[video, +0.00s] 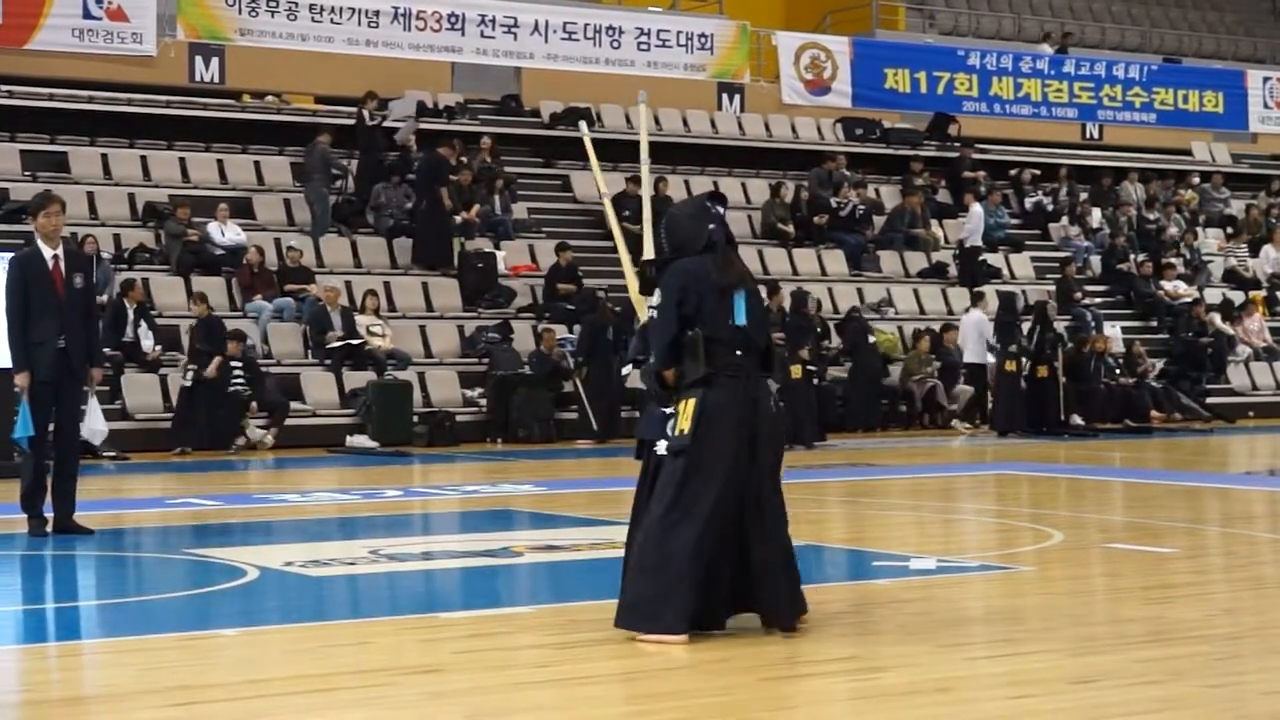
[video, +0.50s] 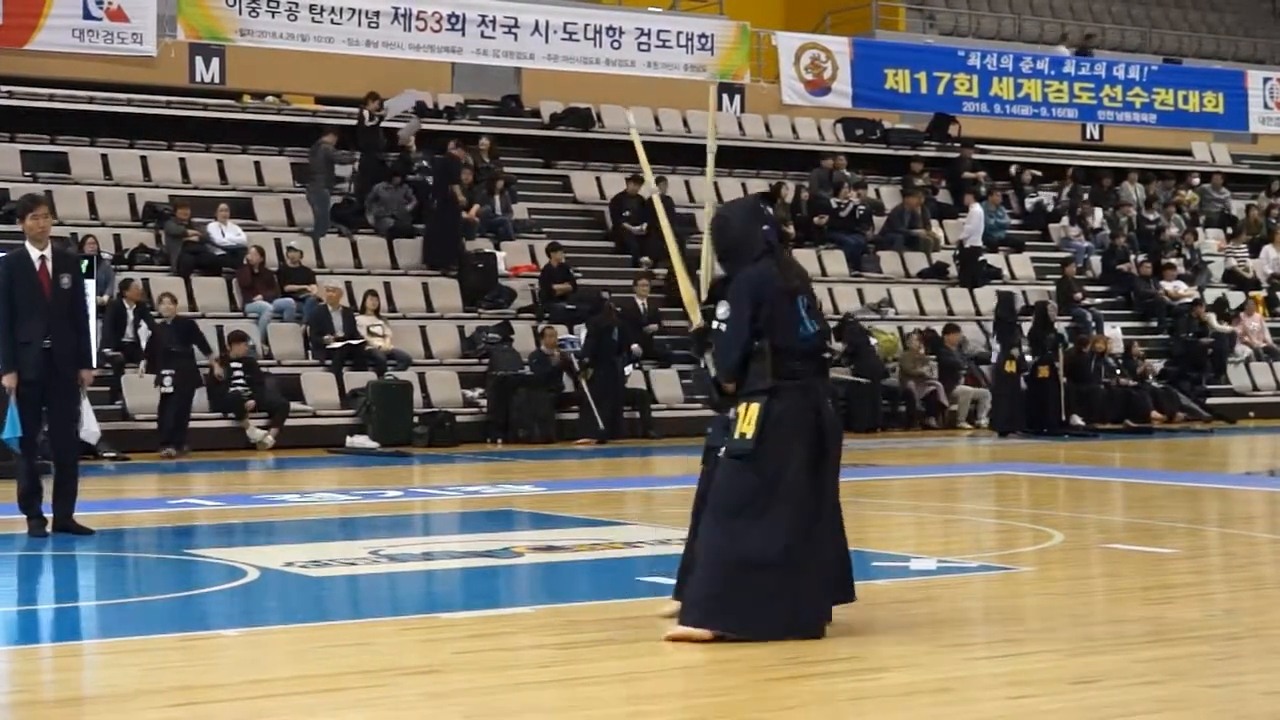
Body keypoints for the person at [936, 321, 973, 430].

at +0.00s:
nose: (955, 336)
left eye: (956, 333)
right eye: (952, 333)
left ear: (957, 334)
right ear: (945, 335)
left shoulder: (957, 348)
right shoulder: (941, 350)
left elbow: (960, 362)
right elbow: (953, 363)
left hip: (958, 381)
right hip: (946, 384)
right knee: (968, 391)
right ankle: (956, 416)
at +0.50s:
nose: (959, 338)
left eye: (959, 335)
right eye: (956, 335)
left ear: (960, 336)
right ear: (947, 336)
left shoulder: (957, 351)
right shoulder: (942, 351)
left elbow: (970, 358)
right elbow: (956, 363)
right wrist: (964, 363)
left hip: (962, 385)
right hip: (948, 386)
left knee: (985, 394)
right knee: (967, 392)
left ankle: (981, 420)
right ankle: (961, 421)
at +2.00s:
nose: (964, 336)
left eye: (963, 333)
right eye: (961, 333)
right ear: (952, 335)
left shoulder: (960, 350)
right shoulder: (948, 349)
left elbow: (972, 360)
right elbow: (959, 365)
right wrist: (968, 365)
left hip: (962, 385)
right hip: (949, 385)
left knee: (987, 393)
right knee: (968, 392)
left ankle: (984, 419)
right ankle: (962, 421)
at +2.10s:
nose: (964, 336)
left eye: (964, 333)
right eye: (961, 333)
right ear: (952, 334)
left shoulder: (961, 350)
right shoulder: (949, 349)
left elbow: (972, 362)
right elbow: (960, 365)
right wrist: (969, 365)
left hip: (962, 384)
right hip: (949, 384)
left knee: (987, 393)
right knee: (968, 391)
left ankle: (984, 419)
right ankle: (963, 420)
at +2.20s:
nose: (965, 337)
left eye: (965, 333)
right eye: (962, 333)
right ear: (954, 336)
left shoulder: (962, 350)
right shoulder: (953, 350)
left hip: (962, 385)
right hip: (952, 386)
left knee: (987, 394)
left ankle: (985, 420)